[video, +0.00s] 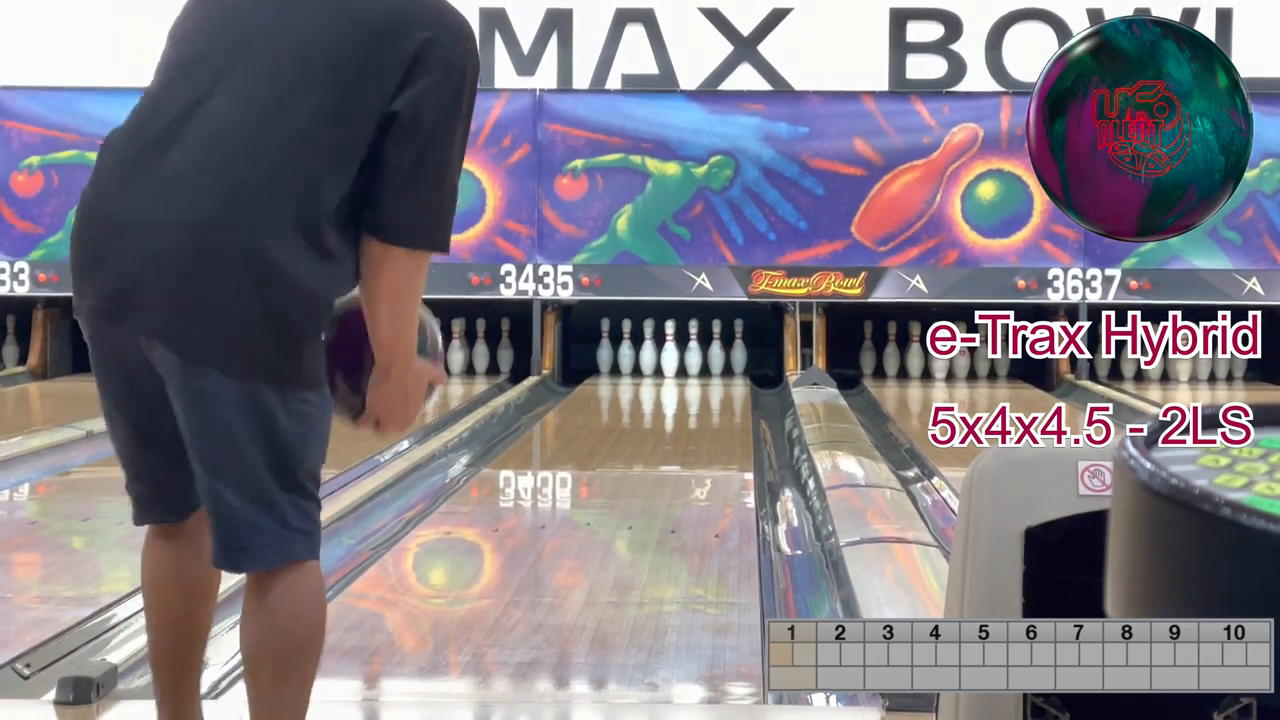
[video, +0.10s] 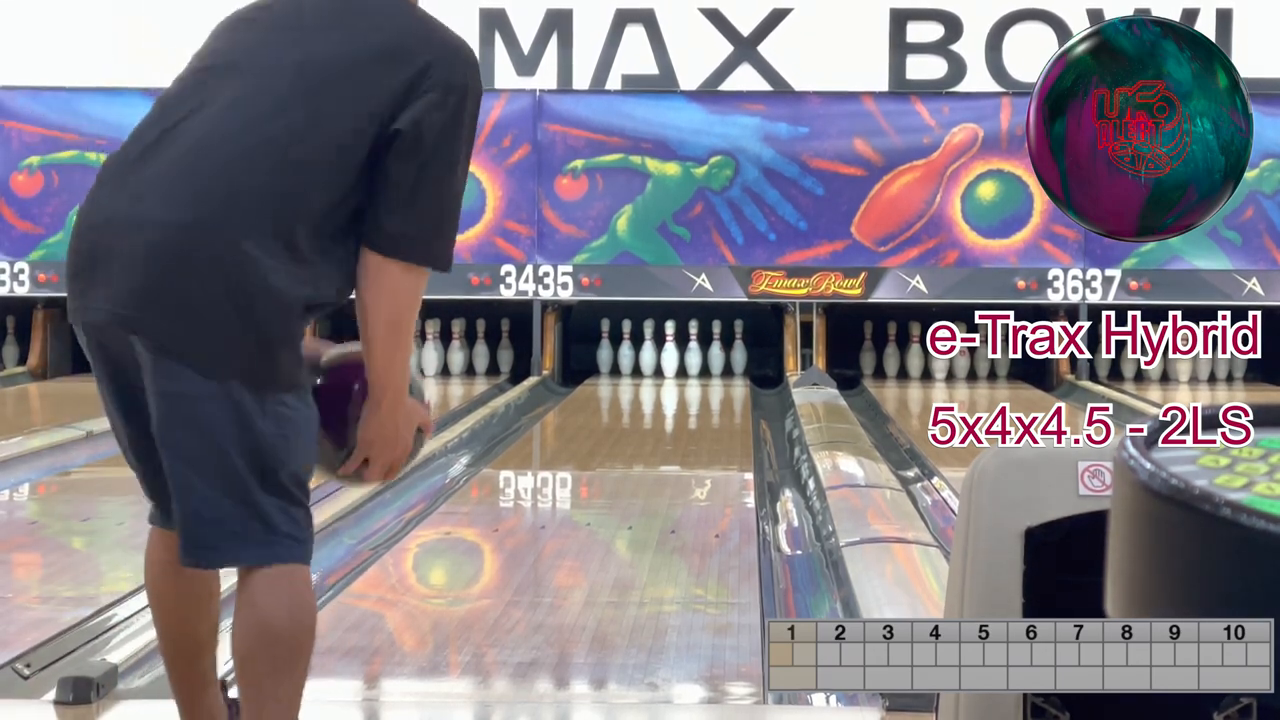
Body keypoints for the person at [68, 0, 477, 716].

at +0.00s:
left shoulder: (225, 7)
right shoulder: (434, 29)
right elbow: (397, 230)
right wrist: (395, 378)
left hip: (108, 248)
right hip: (242, 275)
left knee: (173, 516)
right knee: (280, 551)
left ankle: (178, 712)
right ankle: (274, 714)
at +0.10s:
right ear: (419, 2)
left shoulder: (266, 15)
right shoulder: (439, 57)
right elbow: (395, 255)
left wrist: (293, 342)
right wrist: (389, 403)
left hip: (100, 263)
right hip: (217, 287)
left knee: (177, 513)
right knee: (273, 538)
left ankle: (201, 710)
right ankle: (266, 718)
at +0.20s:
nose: (448, 14)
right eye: (447, 11)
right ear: (435, 6)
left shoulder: (304, 37)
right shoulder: (446, 70)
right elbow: (389, 231)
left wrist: (266, 356)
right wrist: (374, 386)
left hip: (96, 256)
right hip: (191, 279)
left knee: (176, 521)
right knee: (230, 533)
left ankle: (191, 710)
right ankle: (221, 711)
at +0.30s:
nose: (464, 29)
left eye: (463, 19)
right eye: (466, 18)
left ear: (362, 10)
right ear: (451, 18)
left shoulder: (319, 57)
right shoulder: (450, 70)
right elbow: (384, 183)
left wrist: (289, 318)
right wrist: (360, 330)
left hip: (105, 245)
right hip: (166, 261)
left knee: (191, 503)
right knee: (208, 506)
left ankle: (191, 709)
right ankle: (131, 712)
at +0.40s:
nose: (474, 64)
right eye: (474, 51)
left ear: (363, 36)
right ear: (461, 53)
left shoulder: (326, 96)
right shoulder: (445, 98)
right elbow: (377, 171)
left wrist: (251, 369)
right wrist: (347, 303)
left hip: (112, 248)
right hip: (154, 267)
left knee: (195, 492)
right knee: (191, 514)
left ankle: (168, 667)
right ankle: (79, 708)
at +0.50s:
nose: (479, 141)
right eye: (477, 126)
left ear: (375, 116)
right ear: (461, 123)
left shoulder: (346, 166)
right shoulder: (445, 163)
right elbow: (379, 209)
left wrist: (260, 417)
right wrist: (333, 335)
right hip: (156, 315)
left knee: (223, 485)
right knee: (200, 559)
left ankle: (203, 679)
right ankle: (73, 712)